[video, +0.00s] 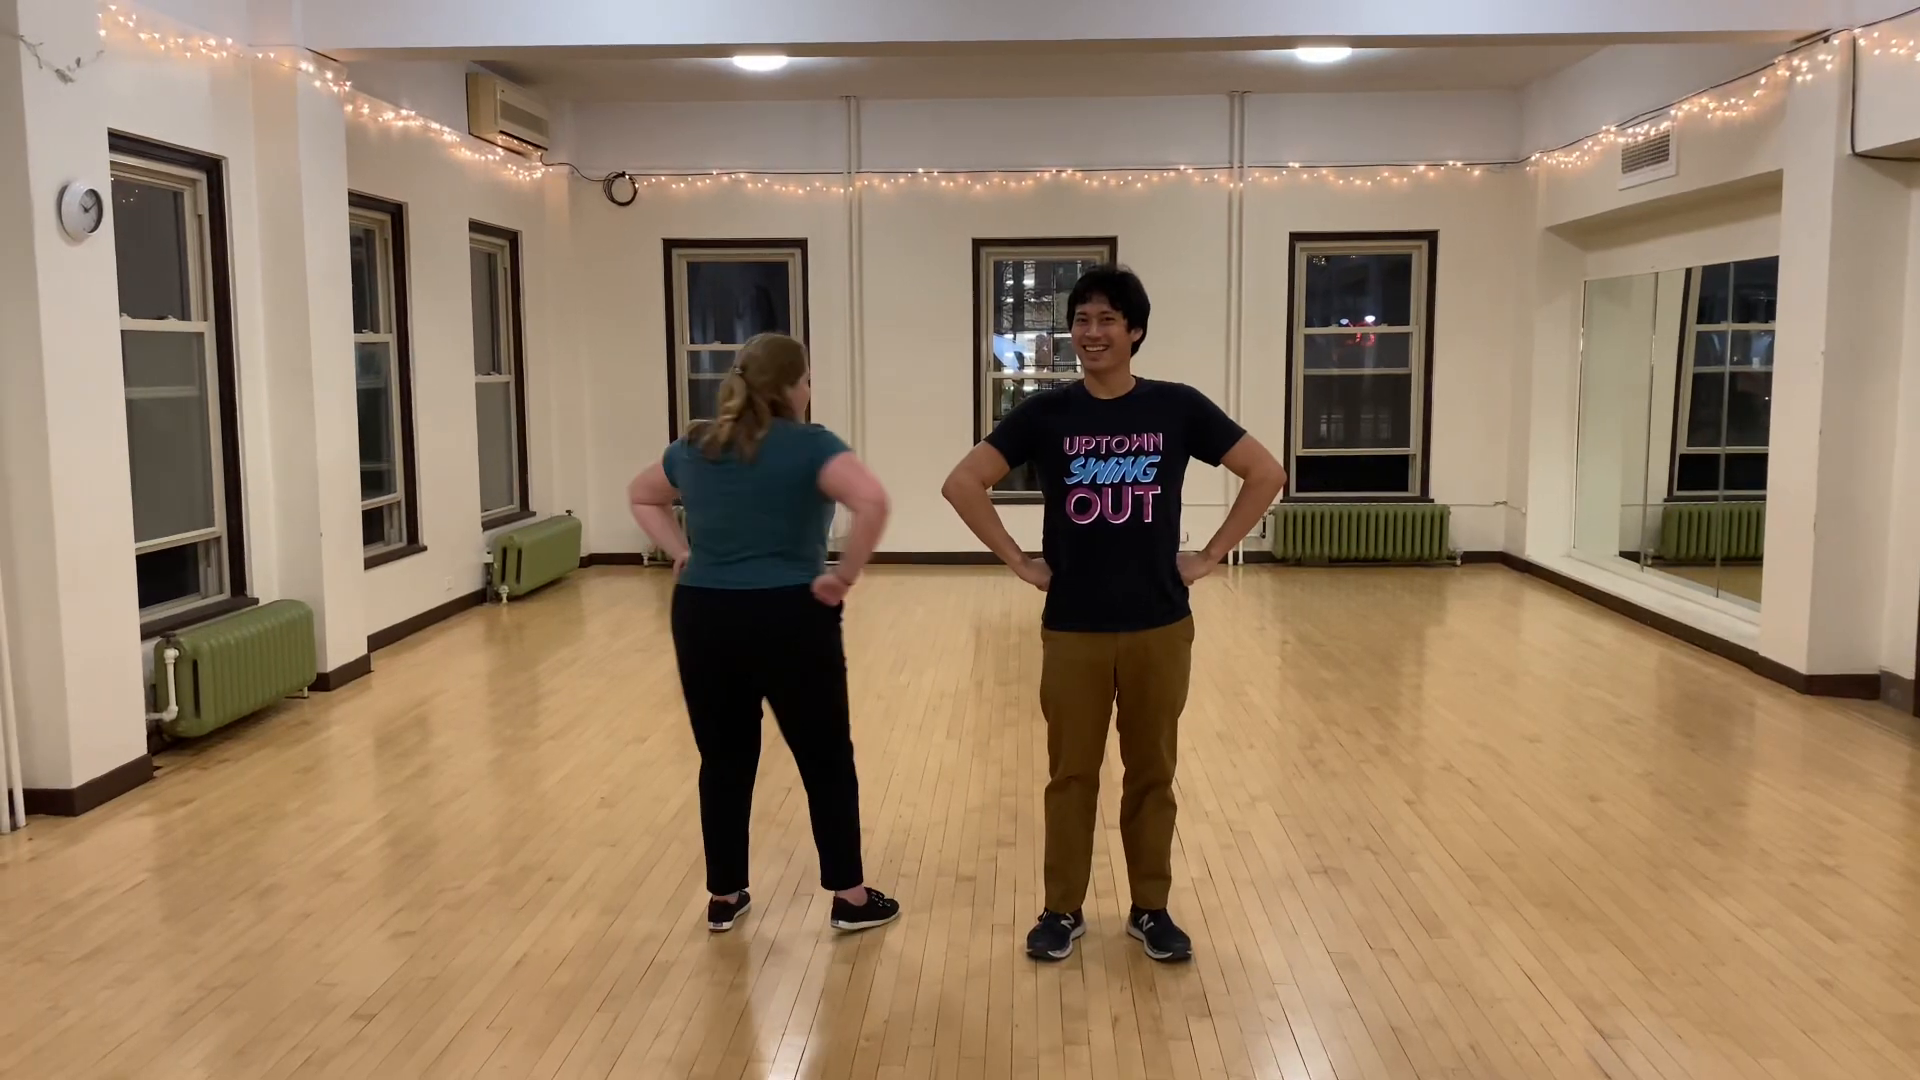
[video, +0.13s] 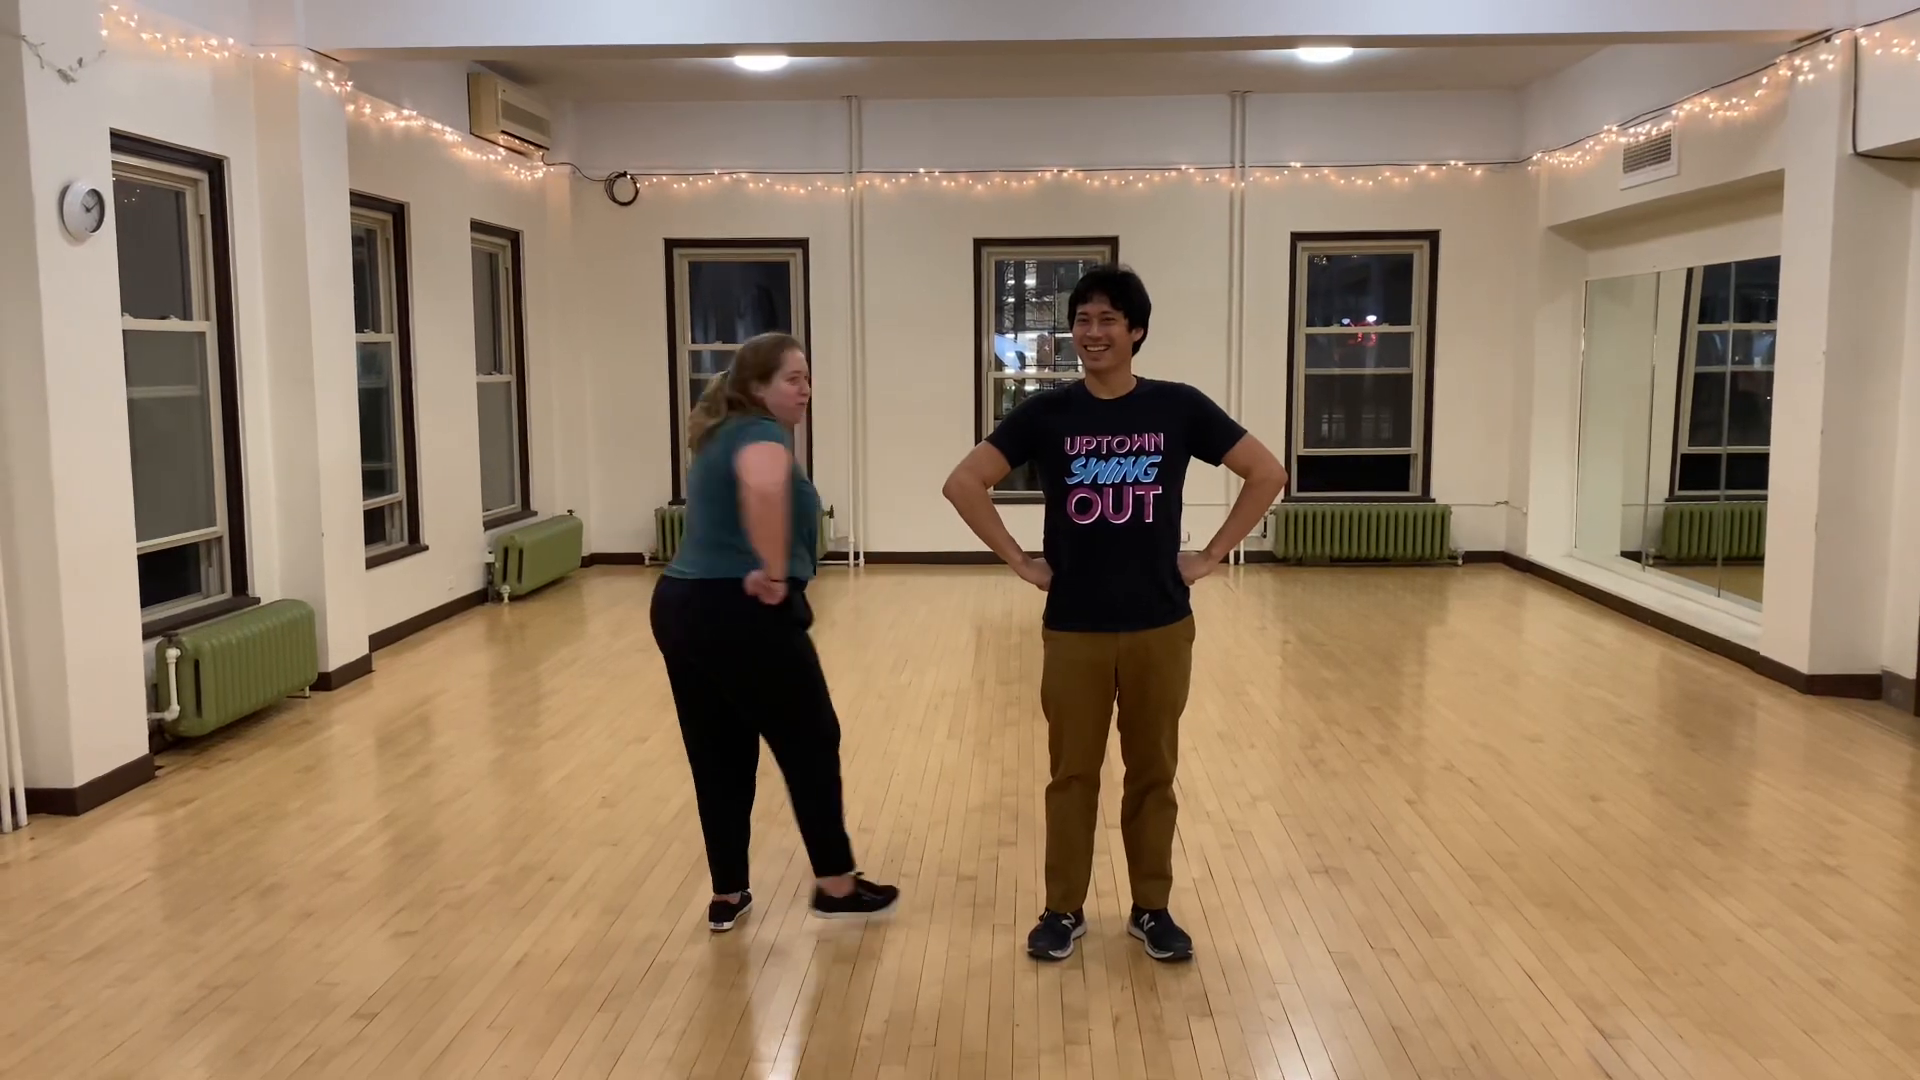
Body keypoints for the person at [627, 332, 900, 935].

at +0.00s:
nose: (810, 391)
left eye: (808, 380)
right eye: (807, 382)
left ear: (742, 386)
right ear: (792, 388)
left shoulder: (696, 448)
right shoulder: (809, 444)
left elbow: (643, 497)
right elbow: (872, 500)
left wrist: (682, 553)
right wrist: (842, 576)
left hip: (705, 622)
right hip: (793, 622)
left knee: (724, 759)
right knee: (826, 758)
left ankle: (725, 895)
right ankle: (848, 894)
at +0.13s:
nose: (805, 390)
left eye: (806, 379)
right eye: (793, 379)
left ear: (746, 390)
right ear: (757, 385)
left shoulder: (720, 437)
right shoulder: (761, 434)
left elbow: (710, 521)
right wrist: (774, 569)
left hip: (685, 604)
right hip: (747, 607)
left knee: (719, 749)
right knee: (810, 736)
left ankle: (727, 892)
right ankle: (836, 881)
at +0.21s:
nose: (784, 386)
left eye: (793, 376)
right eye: (771, 375)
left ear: (800, 386)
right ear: (742, 382)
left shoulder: (762, 443)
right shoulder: (732, 431)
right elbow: (694, 479)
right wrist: (724, 562)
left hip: (705, 607)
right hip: (722, 611)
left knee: (719, 751)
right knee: (801, 733)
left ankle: (725, 891)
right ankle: (783, 877)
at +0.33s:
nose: (758, 383)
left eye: (770, 373)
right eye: (745, 372)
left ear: (786, 382)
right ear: (724, 380)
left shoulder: (788, 446)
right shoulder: (701, 431)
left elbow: (819, 505)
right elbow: (628, 478)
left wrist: (789, 551)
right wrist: (674, 565)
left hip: (753, 610)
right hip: (694, 606)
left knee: (728, 748)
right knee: (748, 742)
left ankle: (723, 887)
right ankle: (699, 892)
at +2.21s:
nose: (746, 370)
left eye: (744, 359)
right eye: (733, 362)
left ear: (733, 371)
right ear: (694, 375)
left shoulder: (761, 434)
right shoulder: (655, 437)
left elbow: (830, 485)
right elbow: (575, 496)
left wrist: (782, 550)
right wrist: (634, 577)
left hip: (750, 615)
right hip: (674, 620)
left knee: (735, 759)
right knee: (676, 770)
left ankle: (730, 888)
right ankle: (662, 921)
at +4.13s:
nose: (774, 385)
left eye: (782, 373)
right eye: (759, 374)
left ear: (792, 380)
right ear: (731, 382)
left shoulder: (794, 443)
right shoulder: (701, 443)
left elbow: (830, 492)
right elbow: (643, 519)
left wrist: (818, 558)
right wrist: (724, 570)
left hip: (776, 614)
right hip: (708, 615)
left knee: (737, 754)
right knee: (753, 757)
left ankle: (711, 892)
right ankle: (745, 906)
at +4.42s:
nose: (791, 384)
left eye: (797, 373)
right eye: (777, 373)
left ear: (803, 379)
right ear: (742, 380)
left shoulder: (800, 445)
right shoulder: (715, 443)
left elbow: (804, 530)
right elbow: (704, 539)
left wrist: (847, 524)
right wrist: (806, 528)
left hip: (793, 615)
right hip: (732, 620)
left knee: (763, 758)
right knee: (763, 763)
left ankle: (718, 884)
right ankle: (767, 909)